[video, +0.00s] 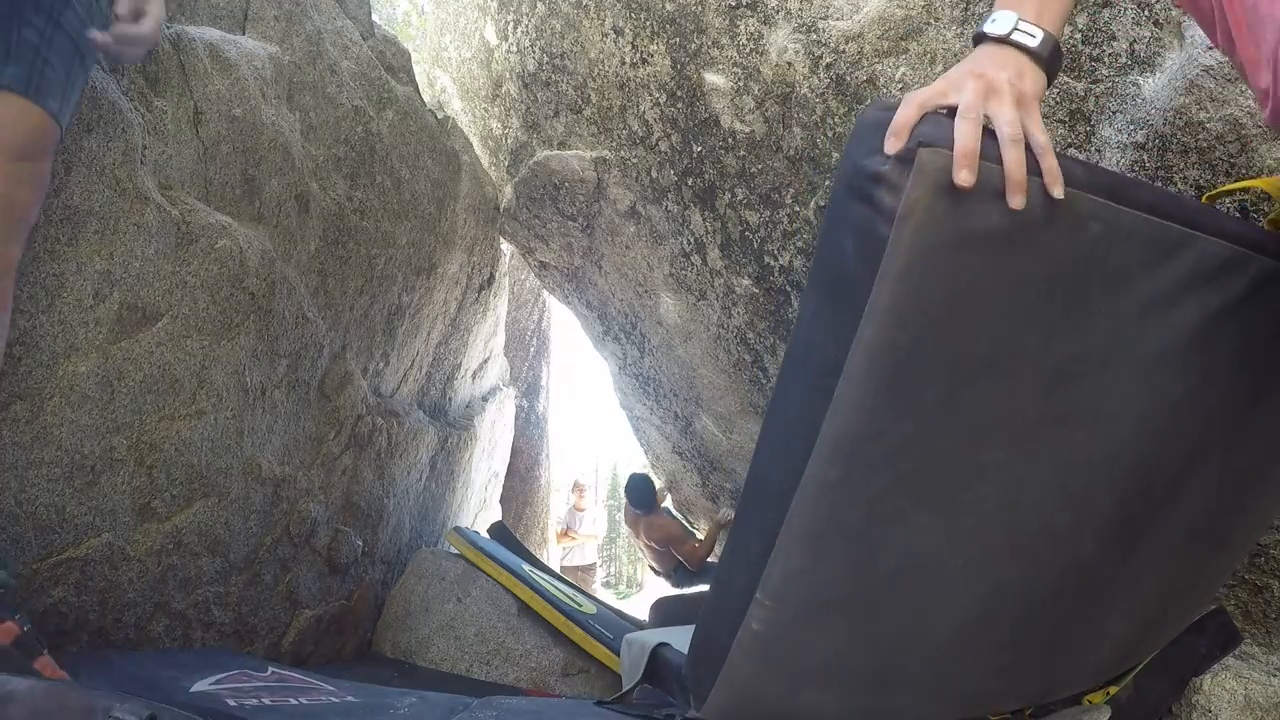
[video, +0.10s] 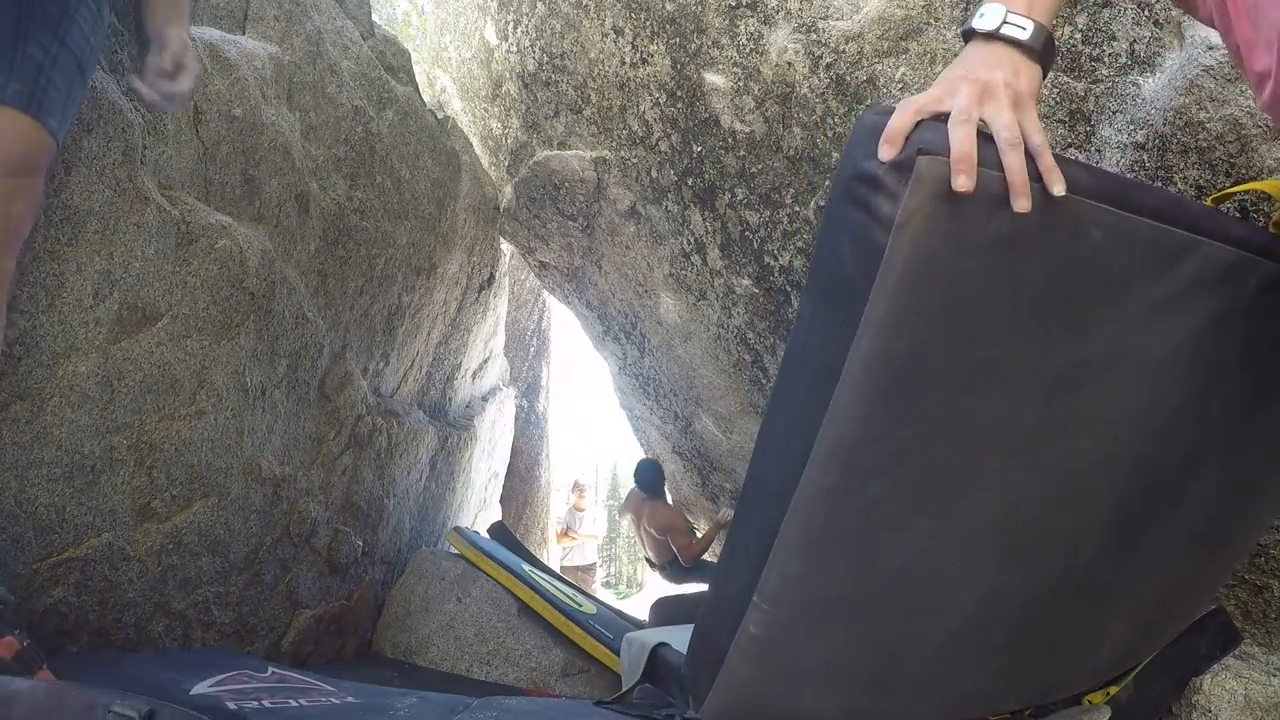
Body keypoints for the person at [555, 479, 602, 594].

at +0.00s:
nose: (581, 493)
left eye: (584, 489)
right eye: (578, 489)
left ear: (589, 492)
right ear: (572, 492)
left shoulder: (597, 513)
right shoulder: (565, 512)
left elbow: (598, 539)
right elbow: (559, 540)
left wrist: (571, 533)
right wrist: (585, 538)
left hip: (589, 565)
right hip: (567, 566)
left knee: (589, 605)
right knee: (568, 605)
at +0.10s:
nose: (582, 492)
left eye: (585, 489)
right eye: (578, 489)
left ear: (589, 492)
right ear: (572, 492)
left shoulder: (597, 513)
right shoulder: (565, 512)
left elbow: (598, 539)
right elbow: (559, 540)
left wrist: (572, 533)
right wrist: (585, 538)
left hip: (589, 565)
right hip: (568, 566)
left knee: (588, 605)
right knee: (568, 605)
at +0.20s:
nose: (581, 492)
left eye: (584, 489)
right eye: (578, 489)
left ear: (589, 491)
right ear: (572, 492)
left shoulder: (597, 513)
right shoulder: (565, 513)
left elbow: (598, 538)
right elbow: (559, 541)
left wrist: (571, 533)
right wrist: (585, 538)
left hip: (589, 565)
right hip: (568, 566)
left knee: (589, 604)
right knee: (568, 604)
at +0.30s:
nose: (581, 493)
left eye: (584, 489)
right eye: (578, 489)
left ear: (589, 492)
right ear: (572, 492)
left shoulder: (598, 514)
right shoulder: (565, 513)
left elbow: (597, 539)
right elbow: (559, 541)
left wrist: (573, 533)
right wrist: (585, 538)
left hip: (589, 565)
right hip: (567, 566)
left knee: (589, 604)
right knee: (568, 604)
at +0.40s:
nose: (581, 493)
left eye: (584, 489)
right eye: (578, 489)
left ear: (589, 492)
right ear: (572, 492)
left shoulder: (598, 514)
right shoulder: (565, 513)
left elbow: (597, 539)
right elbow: (559, 541)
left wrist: (573, 533)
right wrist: (585, 538)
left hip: (589, 565)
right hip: (567, 566)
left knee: (589, 605)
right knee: (568, 605)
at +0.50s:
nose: (581, 493)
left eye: (584, 490)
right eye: (578, 489)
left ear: (590, 492)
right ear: (572, 492)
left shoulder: (599, 514)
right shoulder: (565, 513)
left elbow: (597, 538)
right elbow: (560, 541)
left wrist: (573, 533)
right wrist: (585, 538)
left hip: (589, 565)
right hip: (567, 566)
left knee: (589, 605)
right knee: (568, 605)